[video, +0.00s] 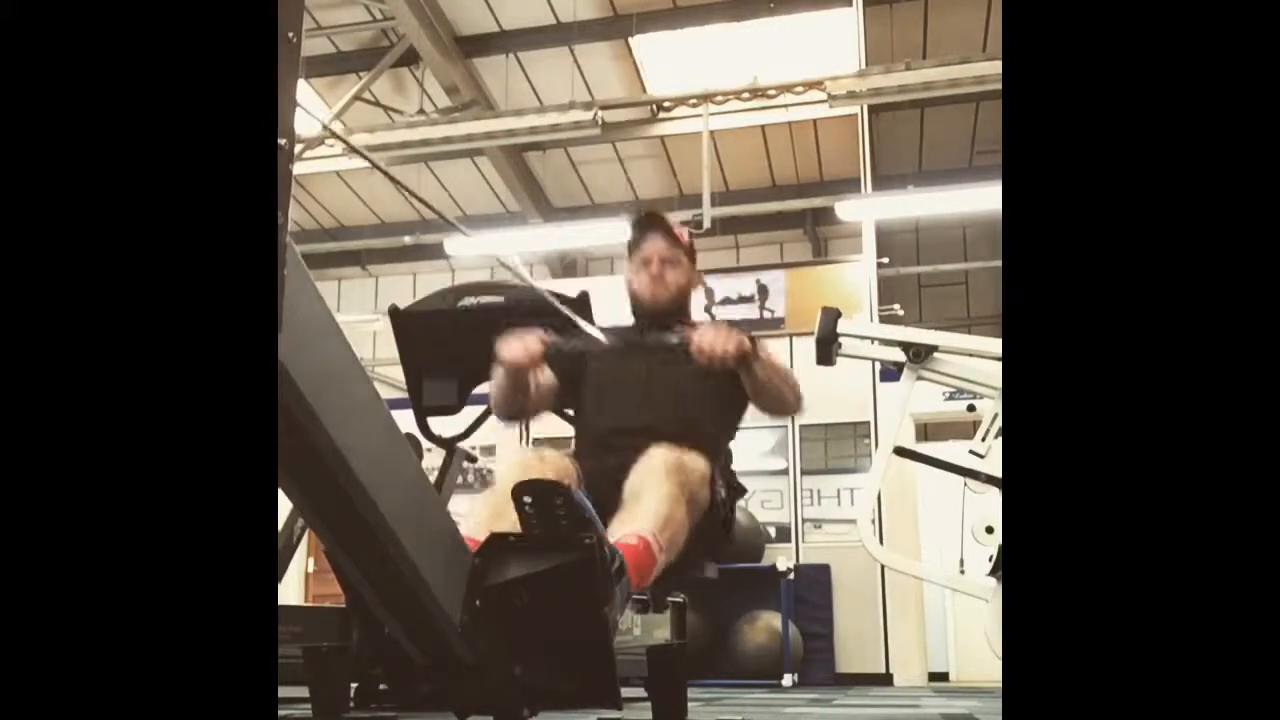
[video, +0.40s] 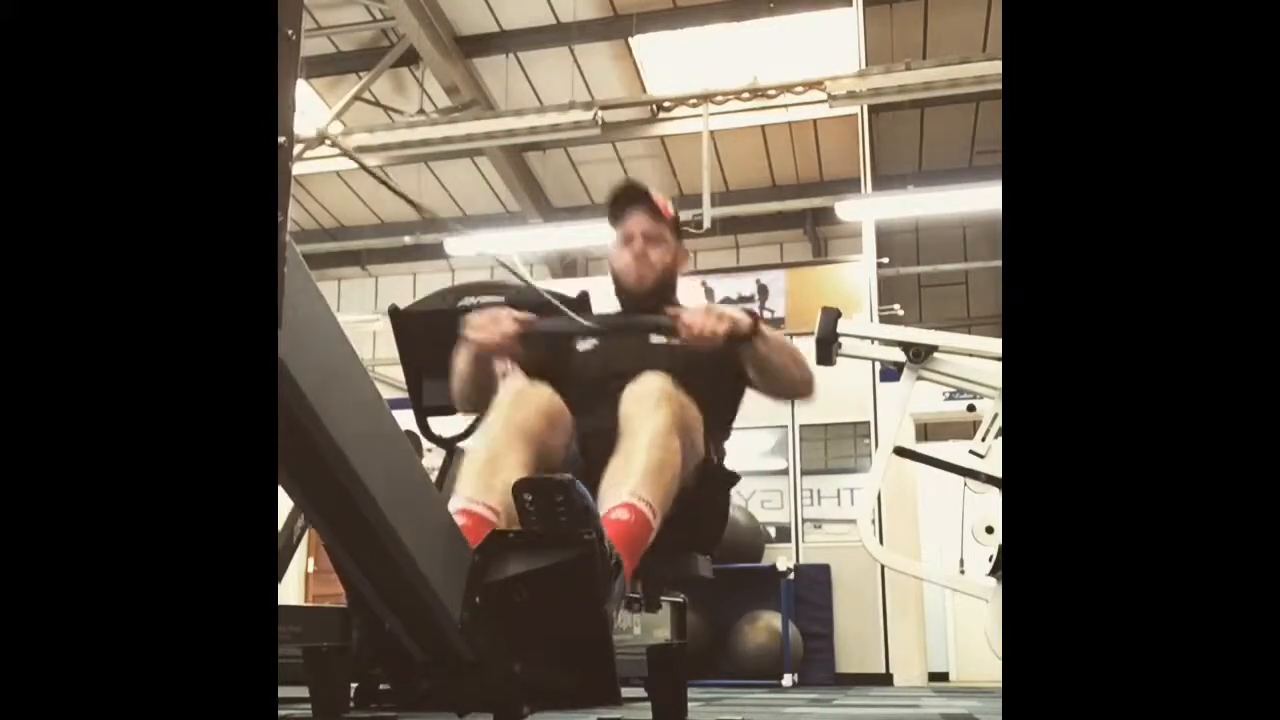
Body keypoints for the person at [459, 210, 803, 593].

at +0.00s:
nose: (655, 272)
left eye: (670, 262)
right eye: (643, 263)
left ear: (694, 277)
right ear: (627, 276)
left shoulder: (724, 345)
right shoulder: (594, 349)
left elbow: (787, 404)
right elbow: (511, 409)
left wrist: (747, 356)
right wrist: (513, 367)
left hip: (691, 488)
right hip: (592, 484)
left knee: (666, 462)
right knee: (533, 464)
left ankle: (609, 582)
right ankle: (470, 567)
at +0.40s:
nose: (638, 252)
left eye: (653, 241)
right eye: (626, 241)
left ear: (679, 256)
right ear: (611, 254)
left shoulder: (714, 331)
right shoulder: (569, 334)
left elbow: (800, 386)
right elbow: (471, 403)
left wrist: (747, 331)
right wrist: (474, 346)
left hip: (680, 504)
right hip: (565, 495)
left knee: (652, 391)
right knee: (526, 397)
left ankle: (607, 564)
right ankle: (454, 550)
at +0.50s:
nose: (622, 201)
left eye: (639, 191)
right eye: (609, 192)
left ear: (667, 210)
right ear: (592, 212)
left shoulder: (704, 288)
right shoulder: (552, 290)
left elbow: (769, 346)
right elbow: (473, 372)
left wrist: (724, 305)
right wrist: (442, 340)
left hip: (674, 489)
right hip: (555, 490)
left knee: (652, 358)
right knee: (505, 364)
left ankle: (607, 557)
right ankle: (446, 551)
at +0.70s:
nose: (586, 146)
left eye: (606, 136)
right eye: (573, 139)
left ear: (641, 164)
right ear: (554, 168)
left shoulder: (686, 242)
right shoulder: (521, 254)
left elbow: (718, 290)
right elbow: (445, 302)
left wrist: (677, 276)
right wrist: (372, 294)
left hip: (666, 485)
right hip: (549, 484)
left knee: (654, 336)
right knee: (495, 338)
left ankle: (607, 555)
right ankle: (443, 551)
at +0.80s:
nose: (595, 155)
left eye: (614, 146)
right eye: (582, 148)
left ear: (648, 172)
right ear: (564, 174)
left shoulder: (692, 250)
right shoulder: (537, 267)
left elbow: (718, 301)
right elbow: (460, 315)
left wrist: (682, 292)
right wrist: (392, 303)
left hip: (673, 487)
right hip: (559, 483)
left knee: (659, 352)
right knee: (507, 355)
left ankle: (609, 566)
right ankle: (444, 553)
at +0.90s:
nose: (624, 185)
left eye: (640, 175)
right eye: (610, 177)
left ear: (668, 194)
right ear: (593, 200)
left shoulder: (704, 268)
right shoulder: (562, 274)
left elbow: (746, 336)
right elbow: (485, 340)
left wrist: (705, 300)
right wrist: (442, 321)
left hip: (674, 472)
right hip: (559, 469)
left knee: (666, 390)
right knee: (514, 394)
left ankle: (610, 572)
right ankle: (451, 557)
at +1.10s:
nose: (658, 282)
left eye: (673, 273)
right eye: (647, 272)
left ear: (697, 288)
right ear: (632, 286)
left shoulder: (724, 353)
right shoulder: (599, 353)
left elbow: (794, 413)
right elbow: (514, 420)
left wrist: (750, 367)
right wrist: (519, 379)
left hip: (695, 485)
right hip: (595, 484)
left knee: (663, 460)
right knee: (536, 468)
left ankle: (613, 578)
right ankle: (471, 564)